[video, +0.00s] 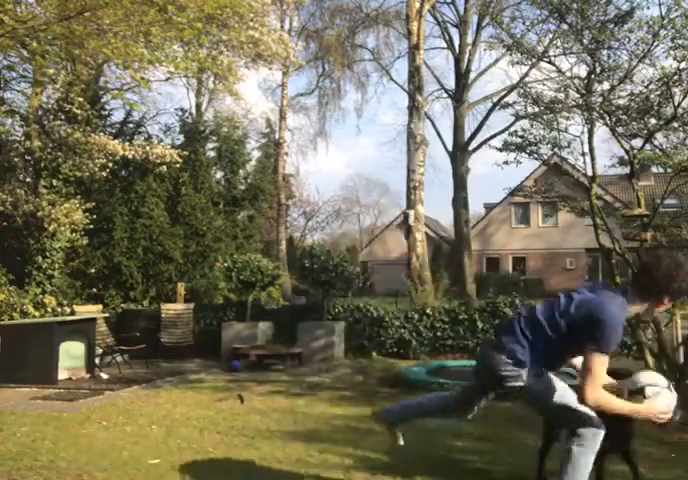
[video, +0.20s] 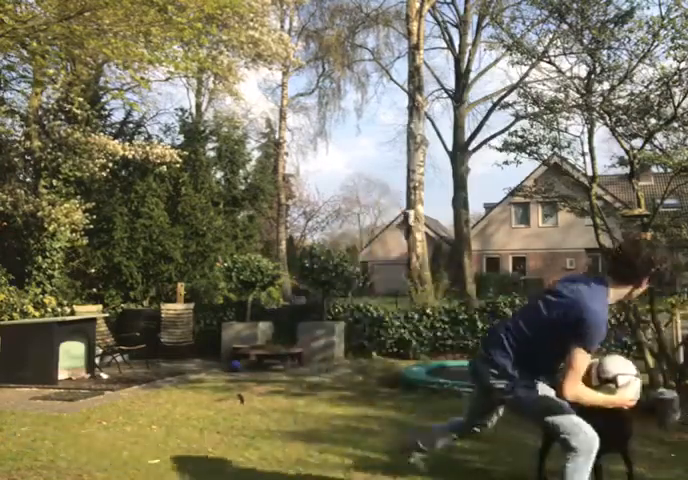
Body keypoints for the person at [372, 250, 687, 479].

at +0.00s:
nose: (668, 308)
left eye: (671, 301)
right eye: (671, 302)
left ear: (640, 280)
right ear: (661, 301)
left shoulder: (603, 295)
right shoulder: (609, 316)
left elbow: (586, 361)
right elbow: (592, 395)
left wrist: (619, 385)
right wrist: (642, 411)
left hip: (497, 349)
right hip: (514, 365)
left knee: (461, 403)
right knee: (589, 426)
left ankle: (390, 416)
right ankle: (570, 477)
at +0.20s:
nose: (646, 287)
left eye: (647, 281)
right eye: (649, 282)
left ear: (615, 265)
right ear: (642, 285)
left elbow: (550, 336)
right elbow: (570, 391)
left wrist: (586, 369)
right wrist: (618, 400)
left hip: (491, 360)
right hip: (507, 375)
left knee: (475, 424)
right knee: (584, 441)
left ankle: (418, 446)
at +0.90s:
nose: (456, 211)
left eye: (459, 205)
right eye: (457, 203)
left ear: (439, 193)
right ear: (440, 192)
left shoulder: (410, 225)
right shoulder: (416, 229)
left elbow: (413, 294)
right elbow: (408, 296)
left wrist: (457, 308)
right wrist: (460, 310)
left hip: (402, 340)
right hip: (403, 342)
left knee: (424, 426)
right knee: (435, 428)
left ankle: (399, 475)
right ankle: (396, 476)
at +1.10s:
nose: (437, 215)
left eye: (440, 208)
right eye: (438, 206)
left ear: (419, 198)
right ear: (422, 198)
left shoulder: (391, 229)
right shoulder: (399, 234)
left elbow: (391, 296)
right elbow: (392, 300)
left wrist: (436, 312)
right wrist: (442, 317)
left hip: (380, 343)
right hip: (371, 345)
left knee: (415, 412)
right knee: (390, 430)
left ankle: (395, 475)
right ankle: (366, 476)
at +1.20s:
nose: (429, 219)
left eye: (432, 212)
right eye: (430, 210)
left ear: (412, 201)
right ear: (414, 200)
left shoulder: (388, 231)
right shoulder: (385, 233)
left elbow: (384, 296)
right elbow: (382, 300)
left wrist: (428, 301)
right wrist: (432, 306)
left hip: (370, 342)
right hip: (358, 344)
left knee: (405, 412)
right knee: (385, 425)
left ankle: (369, 472)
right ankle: (366, 477)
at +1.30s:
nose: (419, 218)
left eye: (423, 212)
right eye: (421, 210)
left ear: (403, 199)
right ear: (406, 198)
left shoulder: (376, 227)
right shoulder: (374, 231)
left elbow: (372, 292)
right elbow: (370, 296)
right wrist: (425, 305)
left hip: (359, 338)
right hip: (350, 339)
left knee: (386, 416)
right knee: (376, 421)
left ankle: (350, 473)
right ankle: (356, 476)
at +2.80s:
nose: (432, 262)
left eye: (436, 256)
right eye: (435, 255)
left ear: (417, 241)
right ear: (422, 244)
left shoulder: (378, 259)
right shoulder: (390, 265)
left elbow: (352, 330)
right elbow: (361, 326)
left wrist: (387, 359)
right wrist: (402, 354)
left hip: (297, 335)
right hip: (312, 340)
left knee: (329, 425)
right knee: (348, 429)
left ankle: (323, 476)